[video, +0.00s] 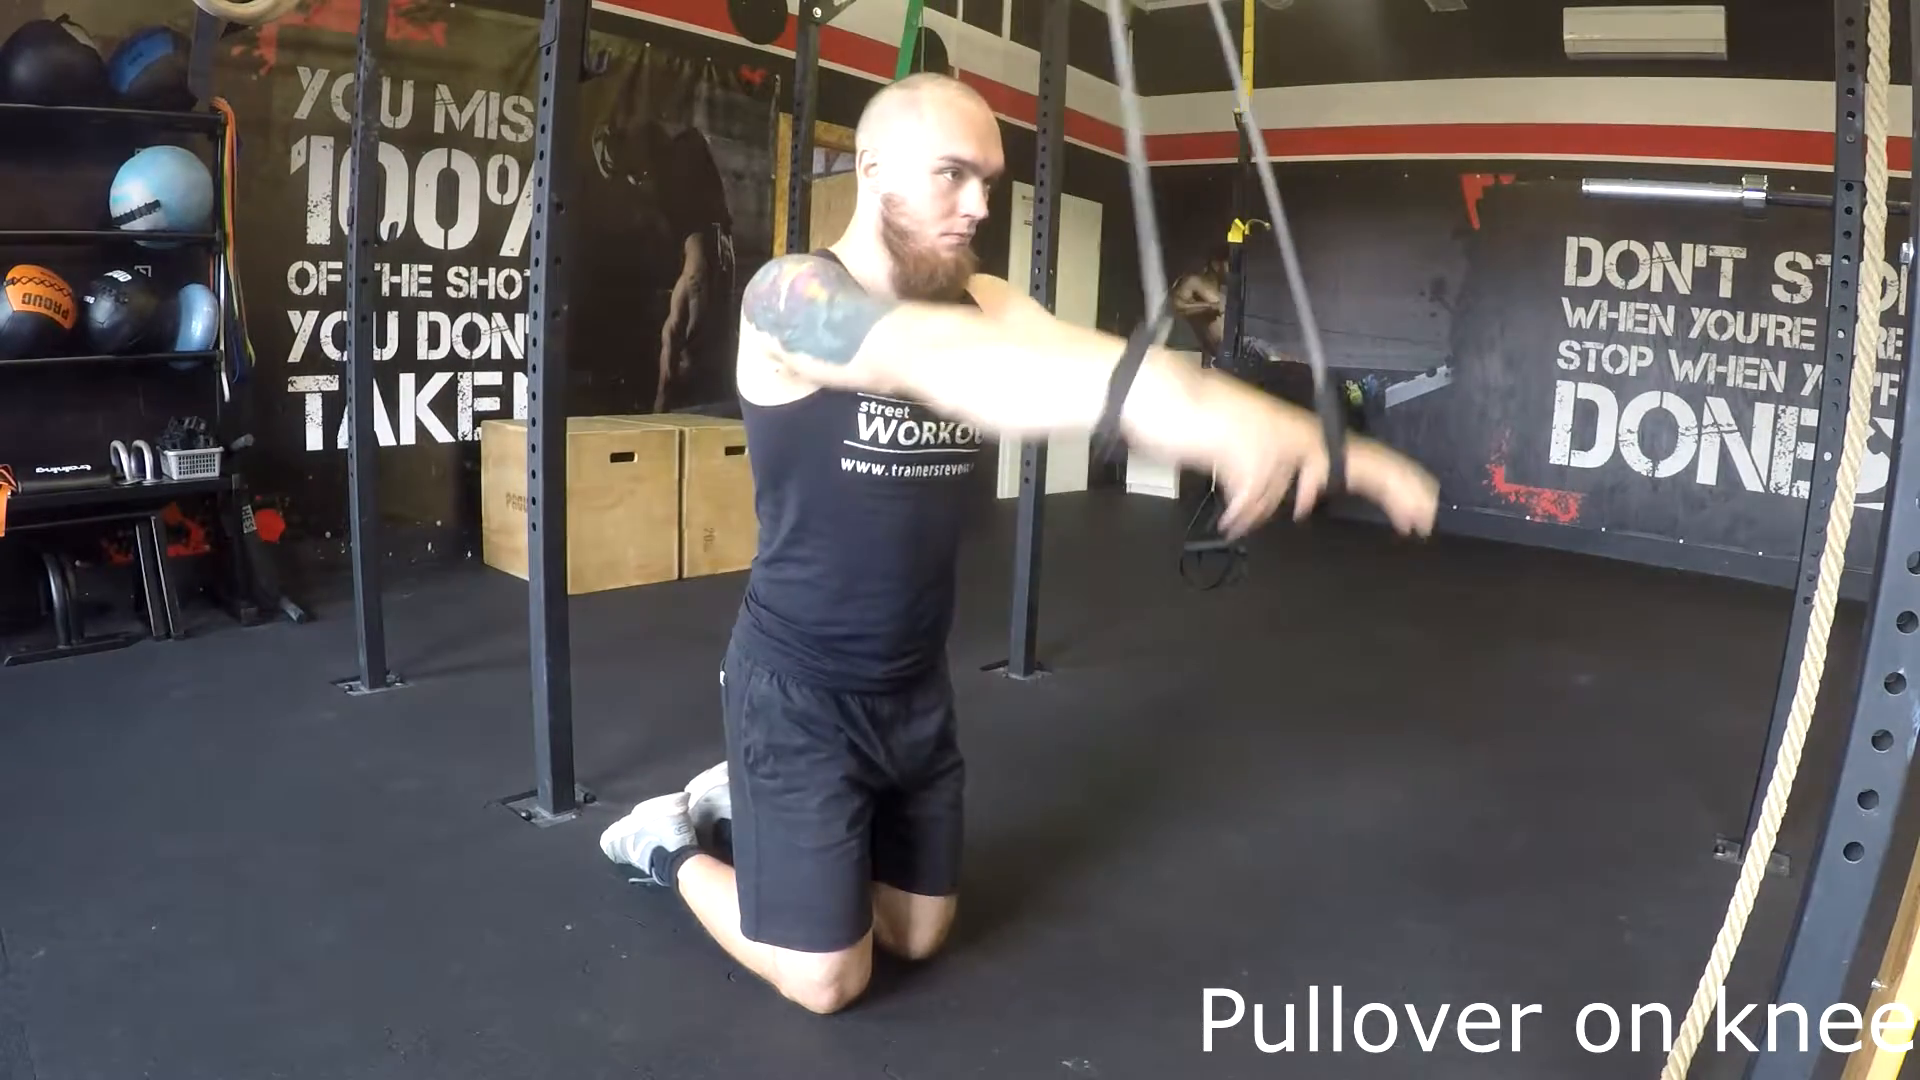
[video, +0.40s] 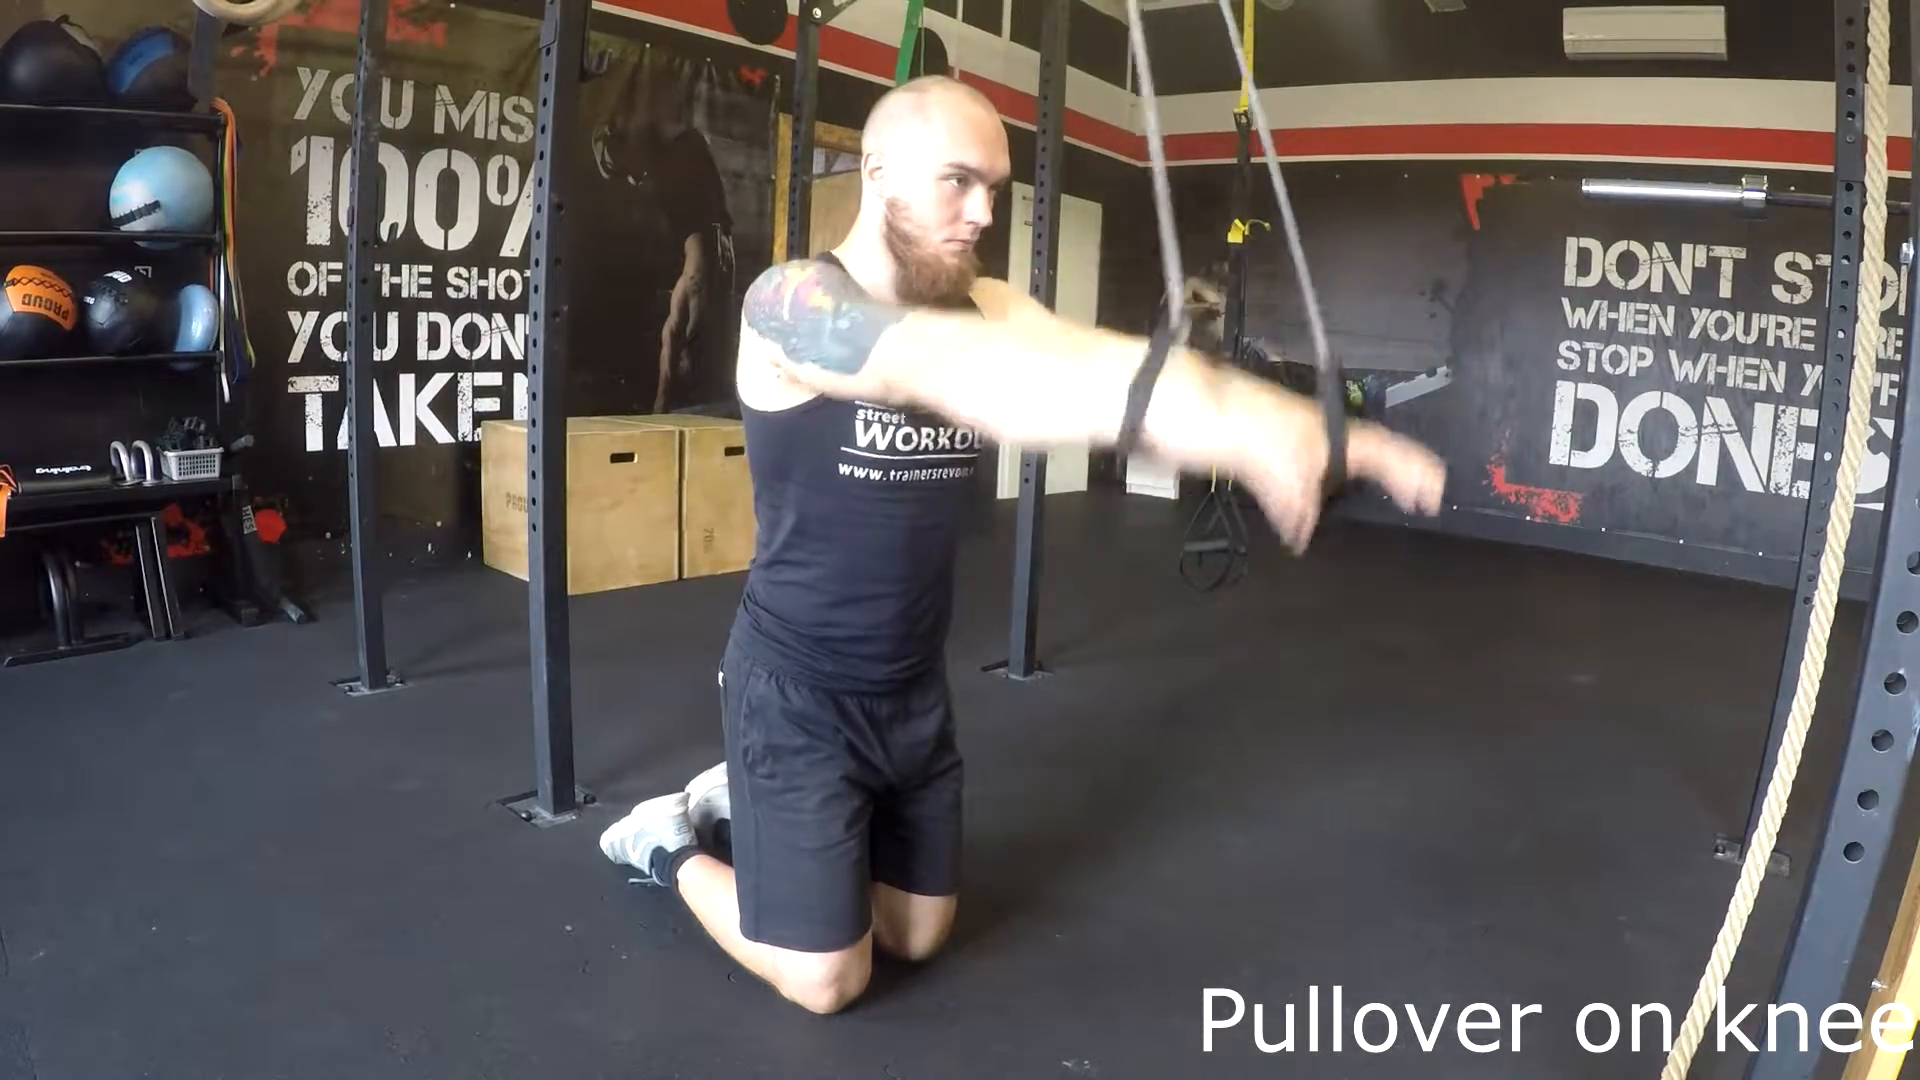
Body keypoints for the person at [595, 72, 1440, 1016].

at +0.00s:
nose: (978, 206)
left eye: (990, 183)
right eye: (951, 177)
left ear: (992, 188)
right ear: (867, 173)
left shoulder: (984, 303)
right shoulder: (791, 294)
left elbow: (1123, 376)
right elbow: (949, 369)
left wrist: (1334, 453)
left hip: (916, 683)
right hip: (797, 686)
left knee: (916, 931)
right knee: (822, 978)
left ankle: (759, 807)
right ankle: (672, 852)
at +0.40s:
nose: (984, 214)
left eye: (995, 188)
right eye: (958, 183)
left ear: (995, 192)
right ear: (874, 178)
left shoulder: (985, 310)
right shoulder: (791, 305)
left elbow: (1129, 370)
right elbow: (956, 379)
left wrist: (1331, 438)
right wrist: (1188, 418)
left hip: (913, 685)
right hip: (796, 687)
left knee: (916, 931)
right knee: (820, 978)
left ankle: (751, 808)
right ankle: (672, 852)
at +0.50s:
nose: (982, 215)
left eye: (996, 188)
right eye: (958, 183)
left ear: (1003, 190)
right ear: (877, 179)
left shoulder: (983, 315)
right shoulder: (797, 312)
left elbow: (1136, 420)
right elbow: (952, 453)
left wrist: (1319, 525)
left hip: (914, 685)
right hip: (797, 687)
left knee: (915, 930)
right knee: (822, 981)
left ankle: (750, 807)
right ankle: (675, 852)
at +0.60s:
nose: (986, 212)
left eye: (999, 189)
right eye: (962, 182)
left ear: (1005, 191)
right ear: (885, 179)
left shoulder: (990, 319)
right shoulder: (800, 319)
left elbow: (1117, 462)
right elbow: (900, 515)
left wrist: (1267, 600)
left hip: (920, 686)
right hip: (801, 685)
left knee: (916, 933)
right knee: (821, 979)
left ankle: (746, 805)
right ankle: (674, 854)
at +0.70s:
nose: (988, 211)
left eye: (998, 183)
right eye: (962, 178)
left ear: (1003, 190)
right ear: (881, 176)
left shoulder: (994, 333)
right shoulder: (798, 325)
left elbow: (1089, 498)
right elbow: (842, 555)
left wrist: (1198, 660)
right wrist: (919, 762)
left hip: (911, 671)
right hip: (797, 678)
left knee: (919, 928)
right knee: (824, 980)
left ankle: (750, 806)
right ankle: (672, 857)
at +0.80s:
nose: (991, 209)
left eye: (1001, 184)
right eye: (968, 178)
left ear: (1005, 191)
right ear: (890, 178)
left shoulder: (999, 343)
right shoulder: (798, 331)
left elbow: (1056, 525)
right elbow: (795, 582)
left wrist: (1118, 690)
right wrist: (823, 803)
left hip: (915, 683)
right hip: (802, 683)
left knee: (915, 932)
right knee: (825, 980)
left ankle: (741, 802)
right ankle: (672, 852)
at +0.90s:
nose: (996, 207)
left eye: (1006, 182)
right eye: (970, 176)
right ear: (891, 176)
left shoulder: (998, 339)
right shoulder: (798, 336)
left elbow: (1023, 535)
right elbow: (767, 585)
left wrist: (1048, 697)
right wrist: (759, 790)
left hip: (919, 694)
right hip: (810, 703)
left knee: (917, 931)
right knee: (825, 980)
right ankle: (673, 851)